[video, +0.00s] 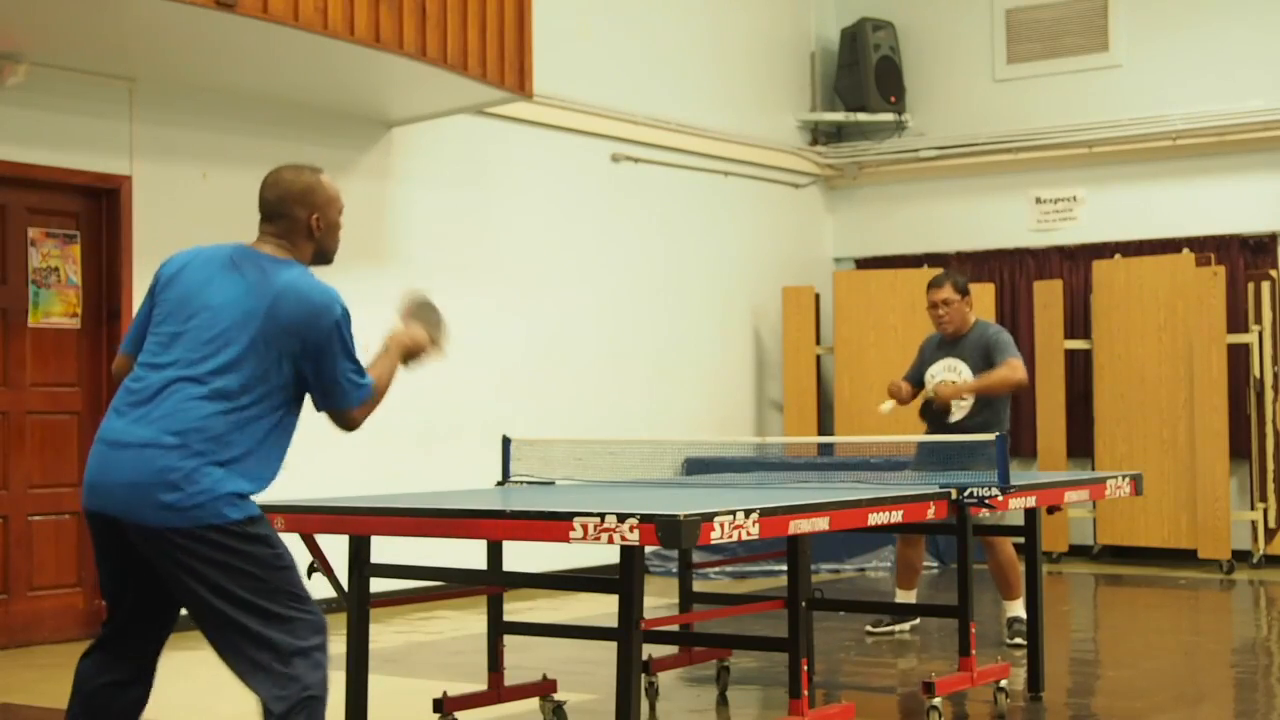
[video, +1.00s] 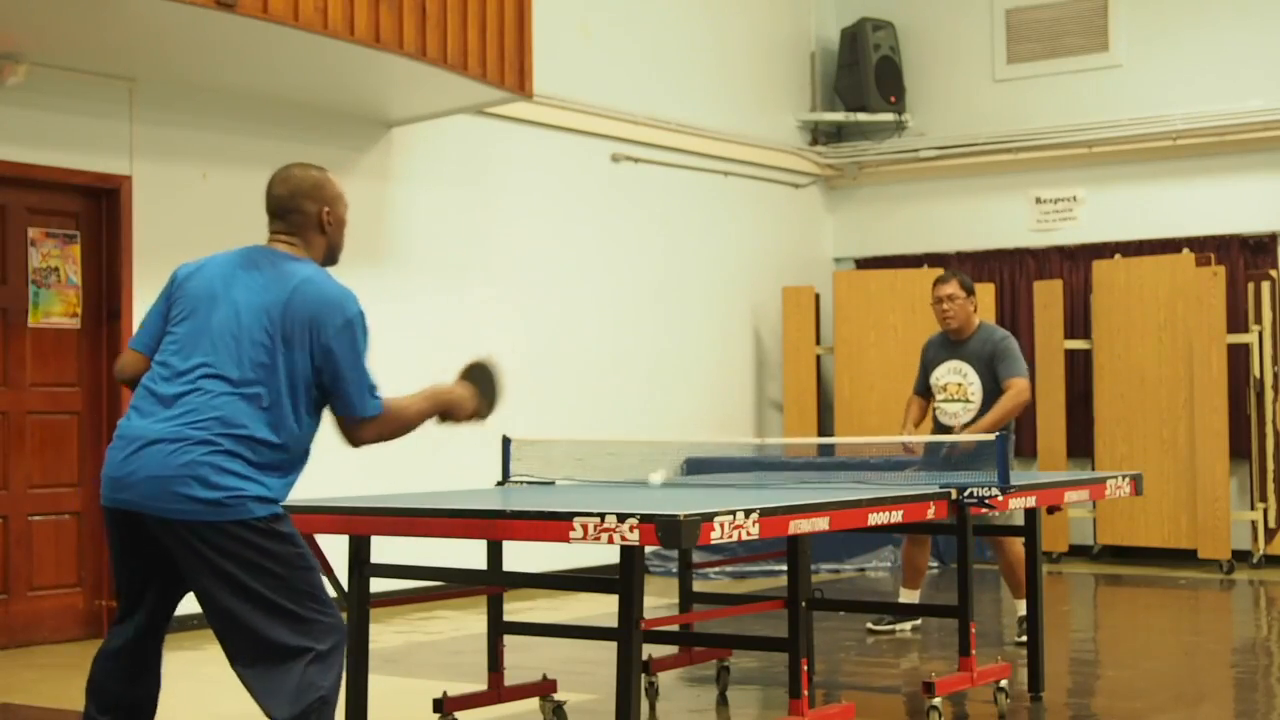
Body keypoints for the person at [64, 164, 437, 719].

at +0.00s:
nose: (341, 229)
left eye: (341, 218)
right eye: (338, 218)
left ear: (268, 217)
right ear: (313, 222)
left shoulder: (181, 266)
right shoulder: (314, 303)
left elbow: (124, 366)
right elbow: (351, 411)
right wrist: (399, 345)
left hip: (107, 486)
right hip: (194, 499)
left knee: (133, 627)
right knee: (296, 638)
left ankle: (88, 714)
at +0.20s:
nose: (347, 218)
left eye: (349, 206)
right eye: (346, 205)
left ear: (276, 201)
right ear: (322, 207)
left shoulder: (201, 253)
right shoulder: (271, 281)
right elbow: (264, 410)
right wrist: (378, 413)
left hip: (114, 472)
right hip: (175, 484)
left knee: (136, 619)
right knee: (259, 640)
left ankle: (87, 714)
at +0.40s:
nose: (341, 231)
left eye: (339, 217)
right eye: (333, 217)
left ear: (284, 218)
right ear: (294, 219)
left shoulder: (210, 268)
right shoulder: (246, 298)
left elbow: (198, 356)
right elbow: (294, 428)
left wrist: (278, 358)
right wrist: (377, 435)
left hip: (117, 487)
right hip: (164, 494)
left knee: (146, 640)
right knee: (266, 634)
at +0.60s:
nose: (363, 195)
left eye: (361, 182)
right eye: (355, 183)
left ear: (294, 188)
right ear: (316, 190)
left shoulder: (210, 239)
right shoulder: (318, 284)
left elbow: (155, 336)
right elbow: (423, 358)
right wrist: (494, 288)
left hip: (123, 466)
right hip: (197, 483)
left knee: (129, 618)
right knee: (268, 645)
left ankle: (84, 717)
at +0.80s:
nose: (360, 210)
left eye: (357, 198)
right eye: (354, 199)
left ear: (284, 207)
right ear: (330, 209)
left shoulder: (205, 260)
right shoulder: (338, 294)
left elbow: (143, 358)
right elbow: (424, 386)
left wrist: (220, 378)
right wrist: (468, 308)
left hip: (128, 480)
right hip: (218, 494)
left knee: (140, 626)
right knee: (311, 637)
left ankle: (100, 713)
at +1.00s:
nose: (345, 227)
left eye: (344, 216)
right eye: (343, 216)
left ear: (273, 218)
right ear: (324, 217)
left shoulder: (194, 273)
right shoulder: (328, 300)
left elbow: (130, 367)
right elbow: (362, 425)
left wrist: (204, 393)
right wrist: (439, 399)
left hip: (127, 484)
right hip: (221, 496)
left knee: (137, 625)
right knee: (316, 637)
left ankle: (105, 715)